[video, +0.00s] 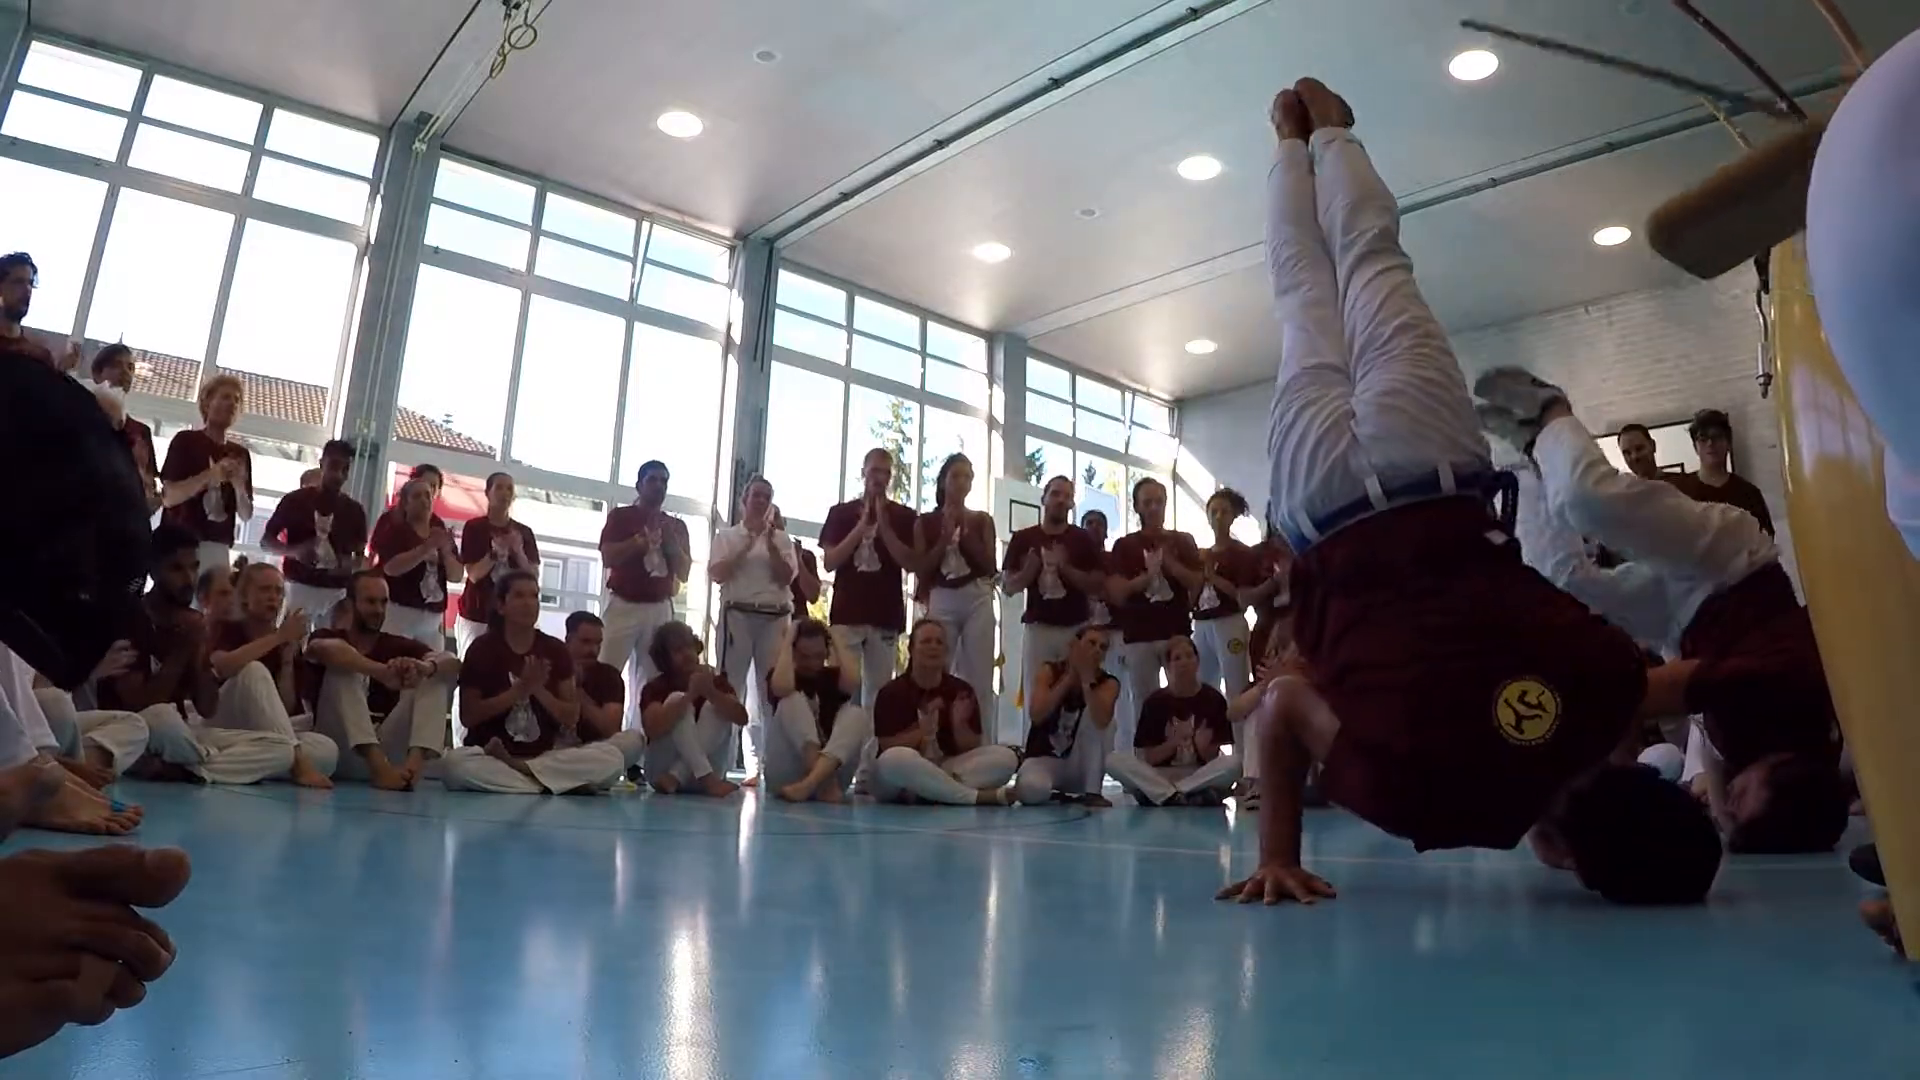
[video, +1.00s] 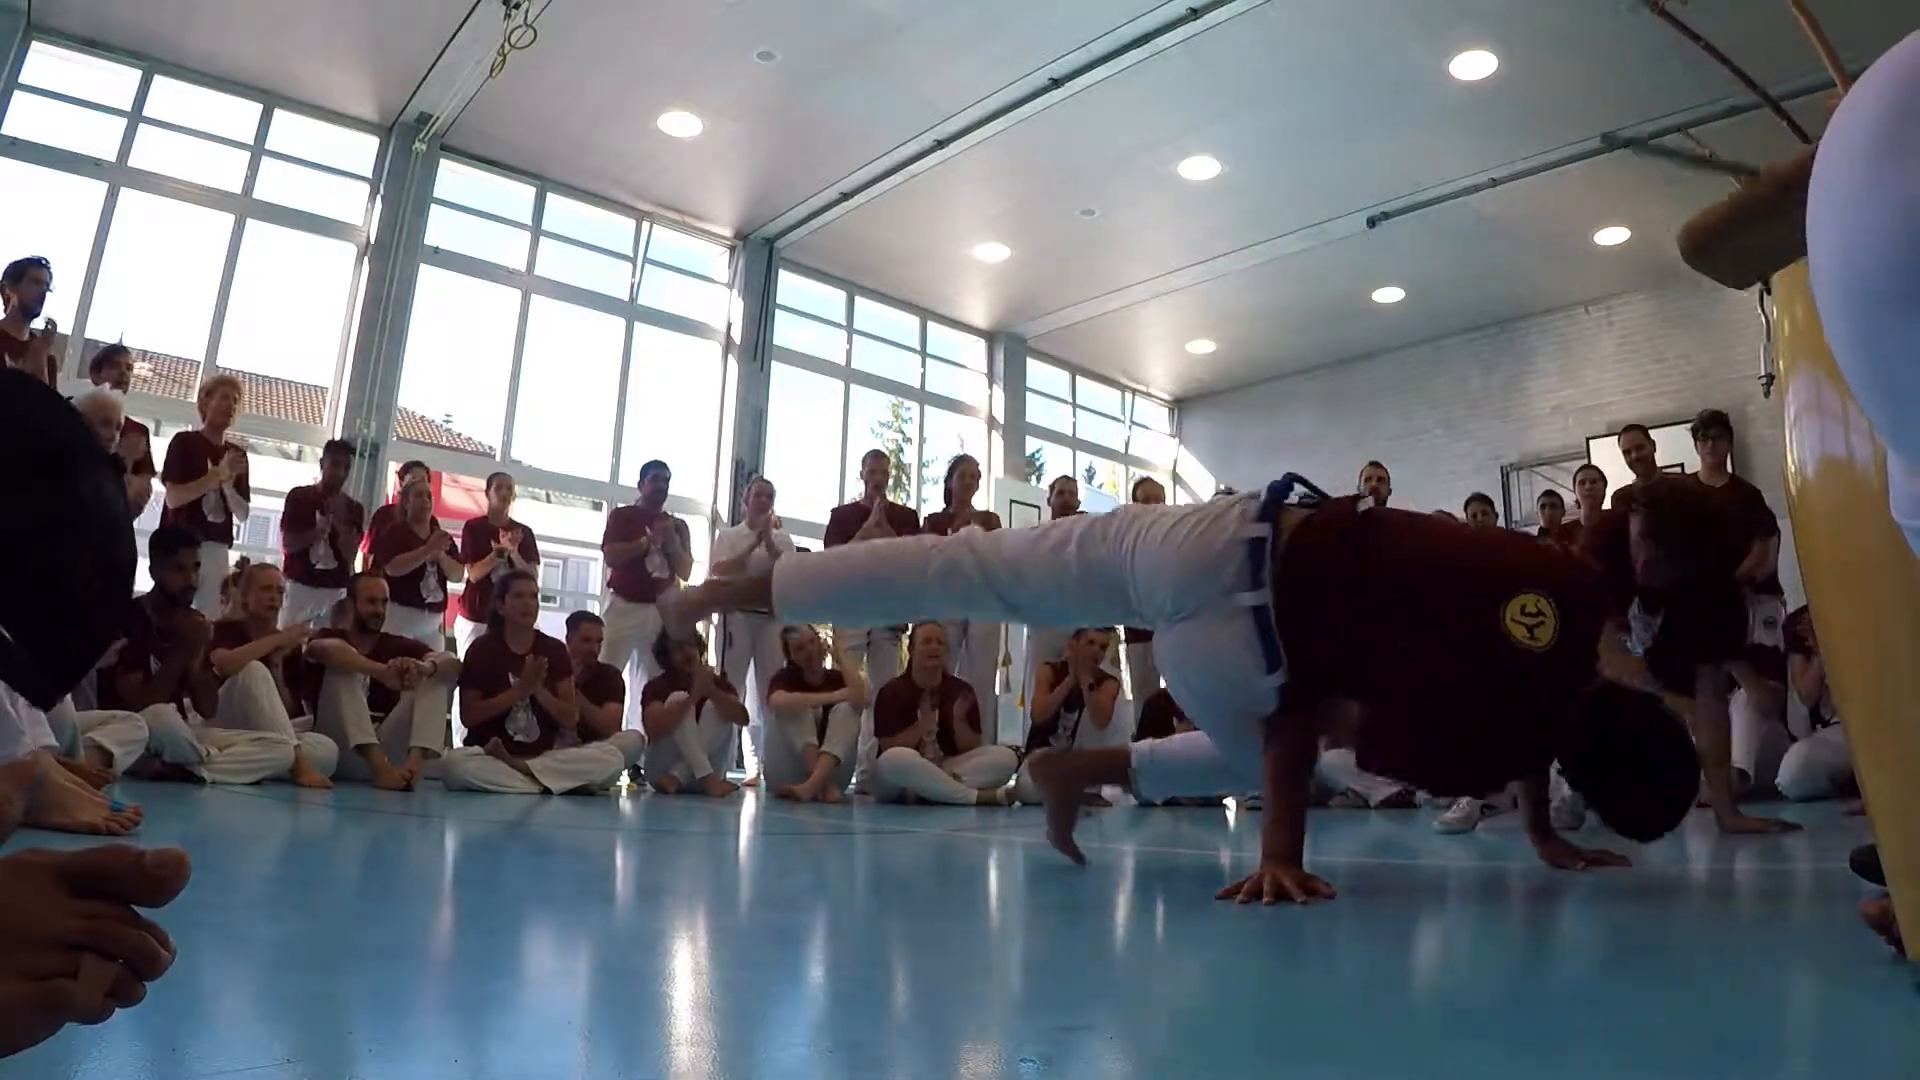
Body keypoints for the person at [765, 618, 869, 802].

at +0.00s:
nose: (812, 663)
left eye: (818, 657)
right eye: (805, 656)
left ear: (827, 654)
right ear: (793, 653)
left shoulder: (833, 677)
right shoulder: (778, 675)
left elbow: (853, 683)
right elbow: (783, 689)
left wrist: (835, 639)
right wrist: (788, 640)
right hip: (786, 777)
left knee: (856, 713)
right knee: (793, 701)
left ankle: (809, 783)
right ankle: (826, 782)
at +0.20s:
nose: (813, 665)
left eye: (819, 658)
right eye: (806, 658)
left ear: (828, 655)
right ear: (793, 656)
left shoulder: (834, 678)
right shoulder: (778, 677)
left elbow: (853, 680)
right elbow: (780, 691)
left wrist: (837, 640)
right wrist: (786, 639)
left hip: (832, 778)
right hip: (786, 776)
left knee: (852, 711)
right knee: (793, 701)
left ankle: (810, 784)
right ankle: (825, 782)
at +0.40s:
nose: (813, 667)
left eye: (819, 660)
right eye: (806, 660)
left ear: (828, 657)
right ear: (793, 658)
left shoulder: (835, 678)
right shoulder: (780, 679)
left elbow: (857, 676)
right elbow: (778, 694)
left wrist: (838, 643)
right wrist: (787, 647)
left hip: (832, 779)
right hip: (785, 777)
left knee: (852, 711)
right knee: (796, 701)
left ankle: (812, 785)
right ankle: (824, 783)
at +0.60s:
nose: (811, 664)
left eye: (818, 656)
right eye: (804, 657)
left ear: (827, 654)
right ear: (794, 656)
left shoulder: (836, 679)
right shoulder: (780, 680)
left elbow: (859, 687)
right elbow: (775, 701)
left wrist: (839, 656)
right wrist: (791, 653)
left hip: (832, 779)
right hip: (785, 777)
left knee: (851, 711)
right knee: (797, 701)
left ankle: (812, 785)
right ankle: (824, 783)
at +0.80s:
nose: (810, 655)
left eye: (814, 647)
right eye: (801, 653)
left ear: (823, 645)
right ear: (791, 658)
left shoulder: (839, 679)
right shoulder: (785, 678)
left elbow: (860, 696)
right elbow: (775, 701)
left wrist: (844, 664)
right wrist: (817, 683)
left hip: (832, 778)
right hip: (785, 776)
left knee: (846, 709)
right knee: (795, 702)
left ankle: (812, 785)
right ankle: (825, 783)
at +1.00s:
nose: (810, 651)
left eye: (813, 642)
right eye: (800, 649)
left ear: (821, 644)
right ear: (790, 656)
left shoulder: (837, 678)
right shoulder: (784, 677)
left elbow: (861, 699)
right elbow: (777, 701)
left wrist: (840, 658)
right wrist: (833, 697)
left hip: (832, 779)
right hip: (786, 777)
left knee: (845, 709)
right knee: (795, 704)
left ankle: (812, 785)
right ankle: (824, 784)